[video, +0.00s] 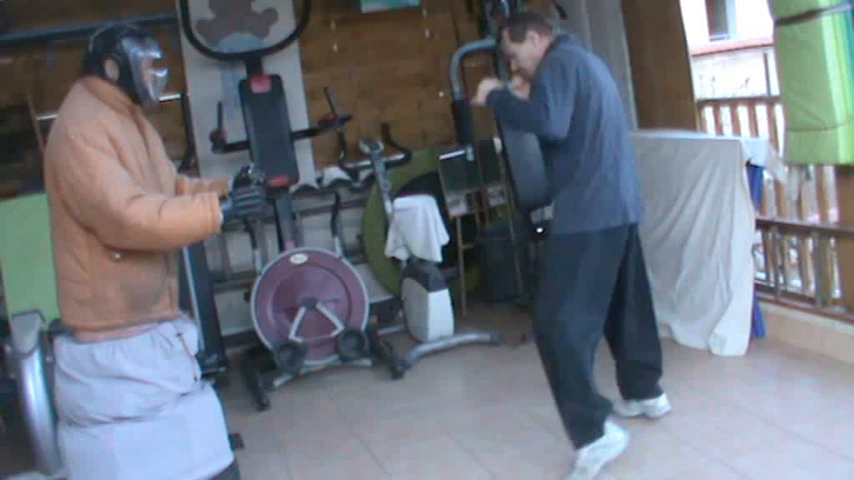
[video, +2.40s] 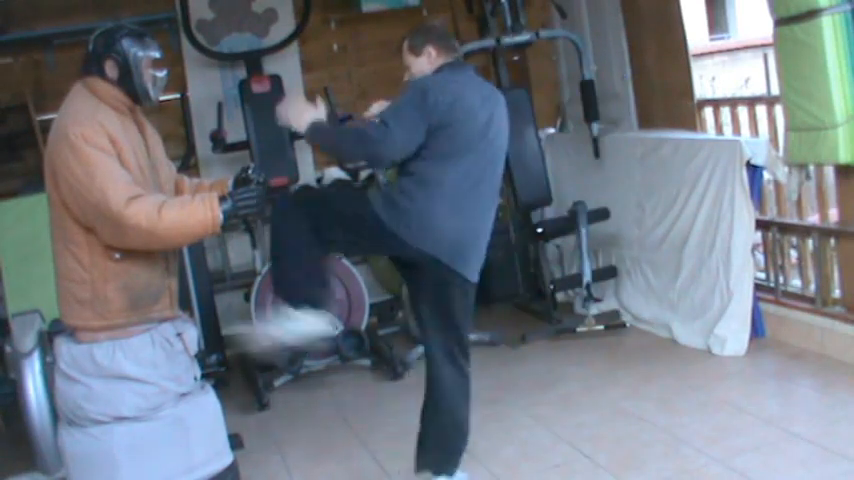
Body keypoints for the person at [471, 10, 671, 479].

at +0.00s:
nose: (517, 65)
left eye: (517, 57)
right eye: (513, 59)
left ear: (536, 37)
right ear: (543, 34)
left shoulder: (560, 62)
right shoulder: (585, 59)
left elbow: (550, 123)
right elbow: (576, 124)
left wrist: (496, 97)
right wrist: (532, 92)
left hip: (587, 213)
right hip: (621, 208)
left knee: (556, 323)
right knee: (627, 302)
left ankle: (595, 435)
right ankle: (645, 393)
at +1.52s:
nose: (480, 75)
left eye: (480, 66)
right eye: (477, 67)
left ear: (501, 54)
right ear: (521, 50)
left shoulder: (513, 91)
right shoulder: (571, 82)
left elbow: (496, 158)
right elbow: (562, 142)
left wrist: (453, 115)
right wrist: (501, 108)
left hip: (545, 243)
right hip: (592, 234)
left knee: (509, 348)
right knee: (597, 319)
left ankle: (527, 464)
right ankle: (649, 404)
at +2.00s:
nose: (422, 81)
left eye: (424, 70)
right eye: (420, 72)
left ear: (449, 62)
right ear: (463, 62)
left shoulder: (468, 104)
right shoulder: (512, 101)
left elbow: (440, 176)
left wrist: (384, 134)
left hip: (479, 279)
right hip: (529, 269)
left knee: (462, 392)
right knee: (545, 360)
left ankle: (464, 472)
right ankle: (590, 442)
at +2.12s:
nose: (410, 76)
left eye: (413, 65)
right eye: (409, 66)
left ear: (435, 56)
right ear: (448, 58)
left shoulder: (440, 99)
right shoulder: (501, 102)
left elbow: (399, 153)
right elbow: (516, 179)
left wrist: (340, 109)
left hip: (452, 266)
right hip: (502, 261)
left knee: (450, 375)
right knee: (495, 357)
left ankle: (459, 471)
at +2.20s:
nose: (408, 72)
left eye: (411, 62)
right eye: (407, 63)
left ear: (432, 56)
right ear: (453, 57)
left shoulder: (428, 98)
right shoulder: (499, 103)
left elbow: (358, 121)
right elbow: (504, 180)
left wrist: (346, 65)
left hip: (438, 269)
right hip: (487, 265)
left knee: (423, 375)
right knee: (460, 370)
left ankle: (444, 469)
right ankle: (458, 463)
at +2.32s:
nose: (412, 73)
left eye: (415, 63)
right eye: (411, 64)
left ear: (439, 54)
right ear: (455, 55)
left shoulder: (440, 93)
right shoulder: (500, 102)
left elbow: (374, 130)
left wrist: (326, 91)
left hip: (415, 239)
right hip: (471, 254)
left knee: (316, 291)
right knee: (457, 365)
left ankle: (360, 394)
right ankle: (452, 470)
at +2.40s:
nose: (409, 75)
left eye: (410, 66)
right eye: (407, 66)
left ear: (430, 54)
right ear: (451, 55)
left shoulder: (431, 90)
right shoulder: (495, 101)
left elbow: (384, 145)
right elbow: (453, 154)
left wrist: (312, 123)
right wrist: (391, 121)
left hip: (407, 221)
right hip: (461, 249)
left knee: (297, 208)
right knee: (449, 355)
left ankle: (305, 308)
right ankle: (440, 468)